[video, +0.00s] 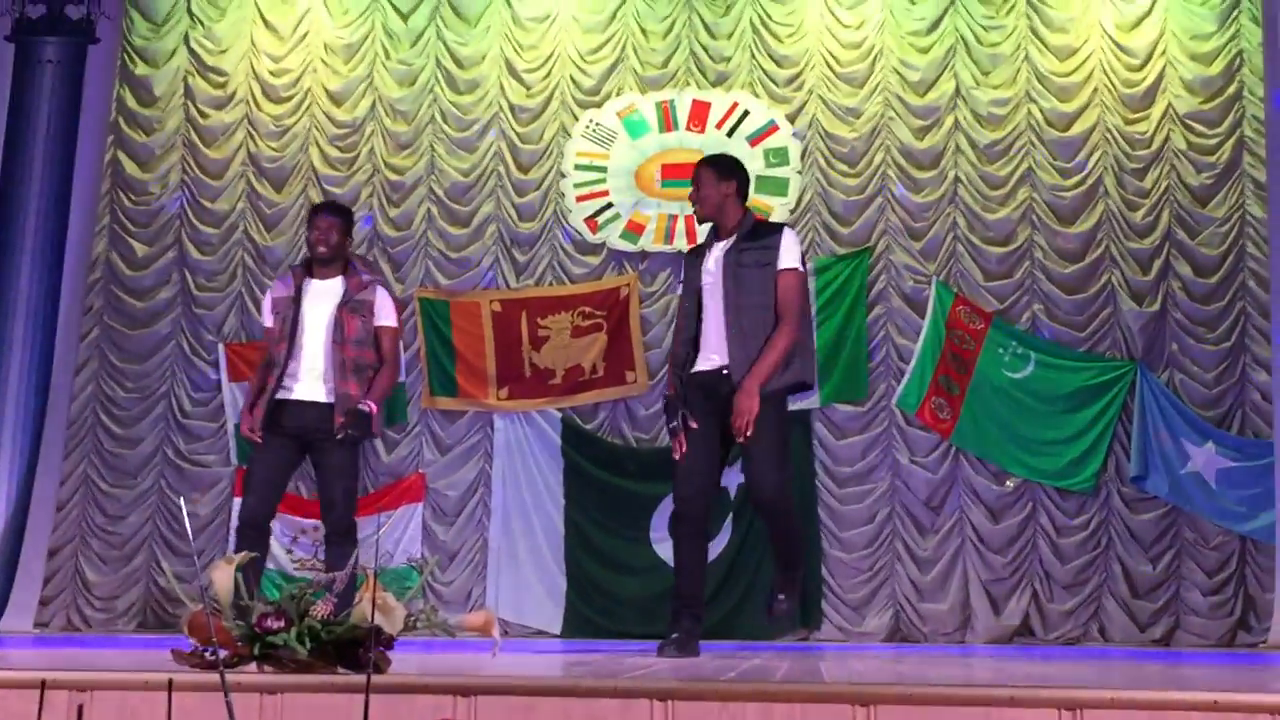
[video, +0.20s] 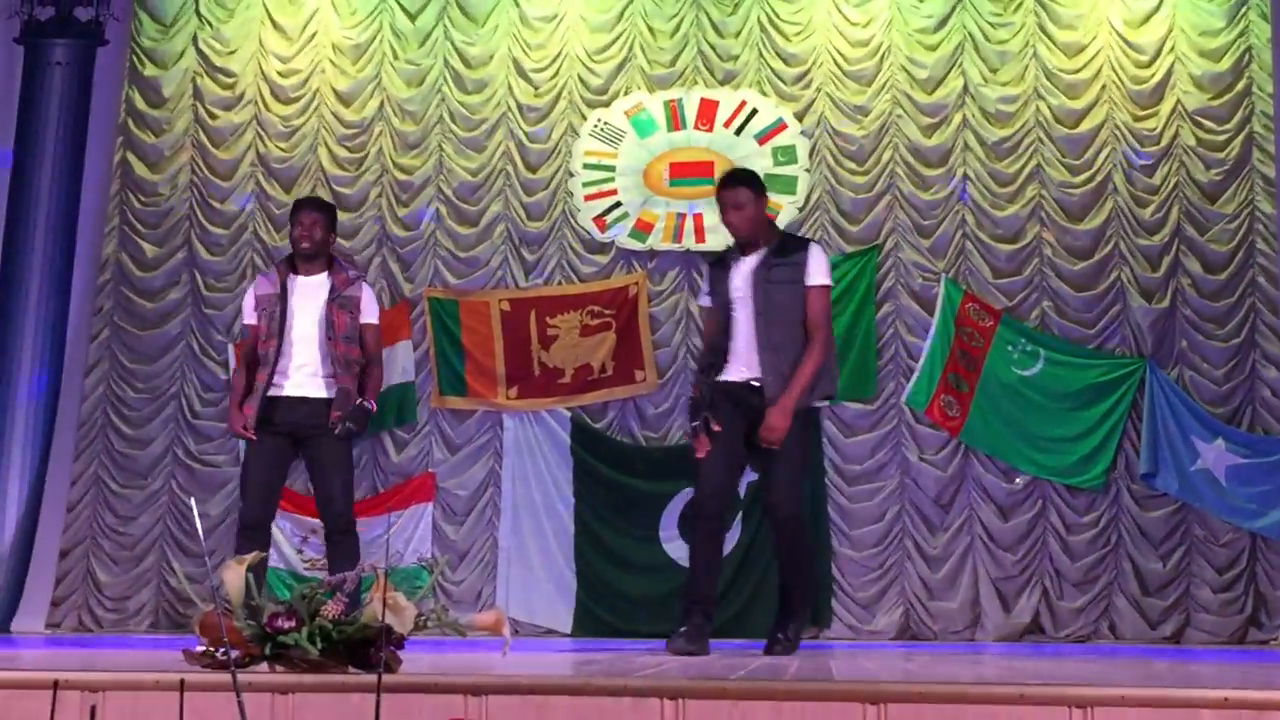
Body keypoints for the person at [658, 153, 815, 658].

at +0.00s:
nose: (692, 196)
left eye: (700, 187)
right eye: (693, 188)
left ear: (732, 191)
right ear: (715, 194)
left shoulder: (780, 240)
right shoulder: (699, 256)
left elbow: (791, 325)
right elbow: (683, 337)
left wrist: (751, 386)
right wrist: (675, 403)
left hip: (757, 388)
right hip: (700, 390)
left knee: (769, 493)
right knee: (689, 510)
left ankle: (788, 583)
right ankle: (686, 627)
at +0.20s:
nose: (731, 217)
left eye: (739, 206)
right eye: (725, 209)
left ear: (763, 205)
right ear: (720, 215)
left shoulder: (806, 255)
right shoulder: (720, 268)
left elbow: (819, 341)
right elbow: (711, 347)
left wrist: (786, 406)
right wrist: (700, 411)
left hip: (786, 399)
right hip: (729, 398)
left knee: (784, 509)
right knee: (708, 502)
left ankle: (792, 621)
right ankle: (697, 621)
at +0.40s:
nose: (767, 217)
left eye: (774, 206)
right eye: (757, 210)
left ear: (790, 204)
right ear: (746, 213)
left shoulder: (831, 246)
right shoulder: (741, 264)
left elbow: (854, 325)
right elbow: (744, 339)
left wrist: (826, 391)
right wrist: (727, 399)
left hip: (821, 389)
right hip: (762, 390)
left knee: (838, 492)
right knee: (736, 485)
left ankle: (807, 593)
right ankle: (748, 607)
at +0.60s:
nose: (807, 235)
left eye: (814, 224)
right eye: (797, 227)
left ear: (828, 219)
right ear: (783, 226)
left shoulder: (864, 257)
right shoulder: (772, 273)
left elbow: (886, 325)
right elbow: (774, 341)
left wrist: (873, 386)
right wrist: (770, 396)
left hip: (860, 399)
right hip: (799, 403)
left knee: (891, 501)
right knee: (775, 503)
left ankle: (896, 619)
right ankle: (771, 622)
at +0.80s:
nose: (871, 202)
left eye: (879, 193)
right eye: (863, 195)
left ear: (892, 189)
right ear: (850, 193)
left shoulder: (919, 226)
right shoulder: (828, 239)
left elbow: (939, 289)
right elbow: (823, 309)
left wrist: (945, 343)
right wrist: (836, 369)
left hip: (918, 368)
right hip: (863, 375)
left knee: (962, 461)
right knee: (878, 480)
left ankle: (967, 577)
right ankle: (911, 585)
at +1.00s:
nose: (912, 155)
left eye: (920, 145)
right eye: (902, 146)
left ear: (930, 146)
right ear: (885, 148)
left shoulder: (956, 190)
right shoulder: (862, 200)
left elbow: (966, 260)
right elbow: (856, 272)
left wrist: (981, 306)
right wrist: (857, 331)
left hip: (951, 334)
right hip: (891, 339)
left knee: (980, 444)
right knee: (892, 448)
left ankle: (1012, 561)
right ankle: (911, 553)